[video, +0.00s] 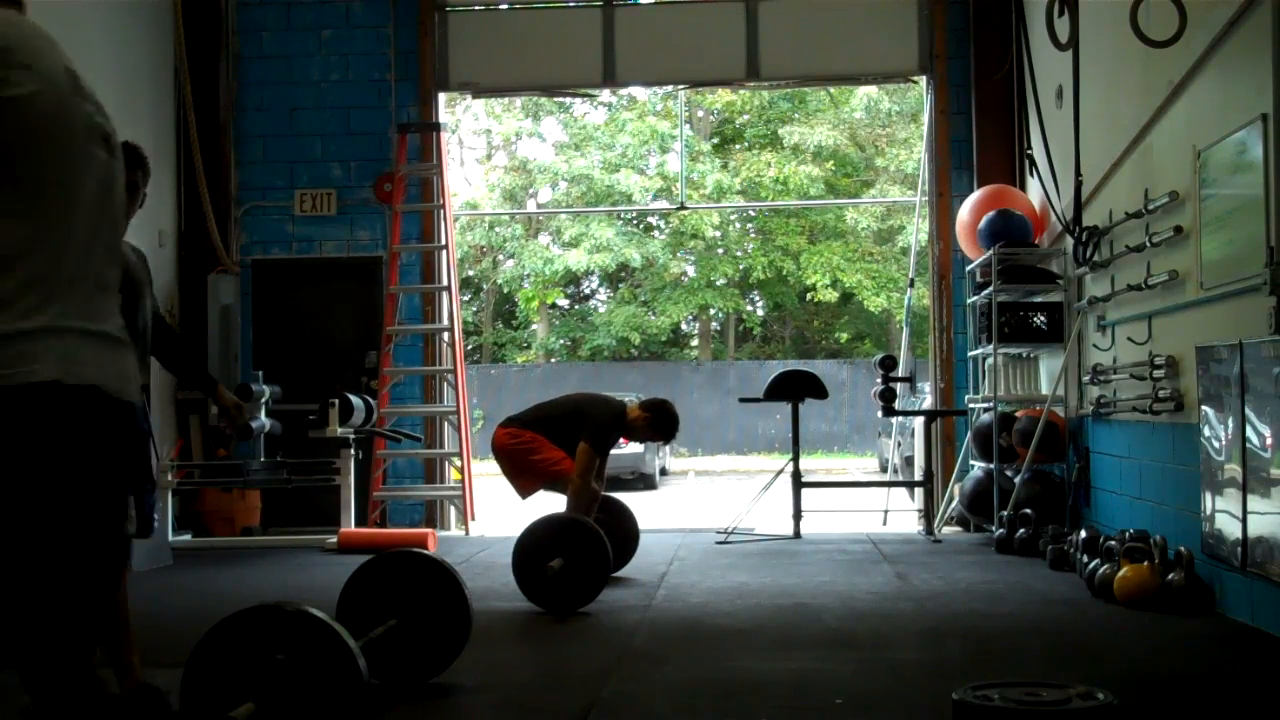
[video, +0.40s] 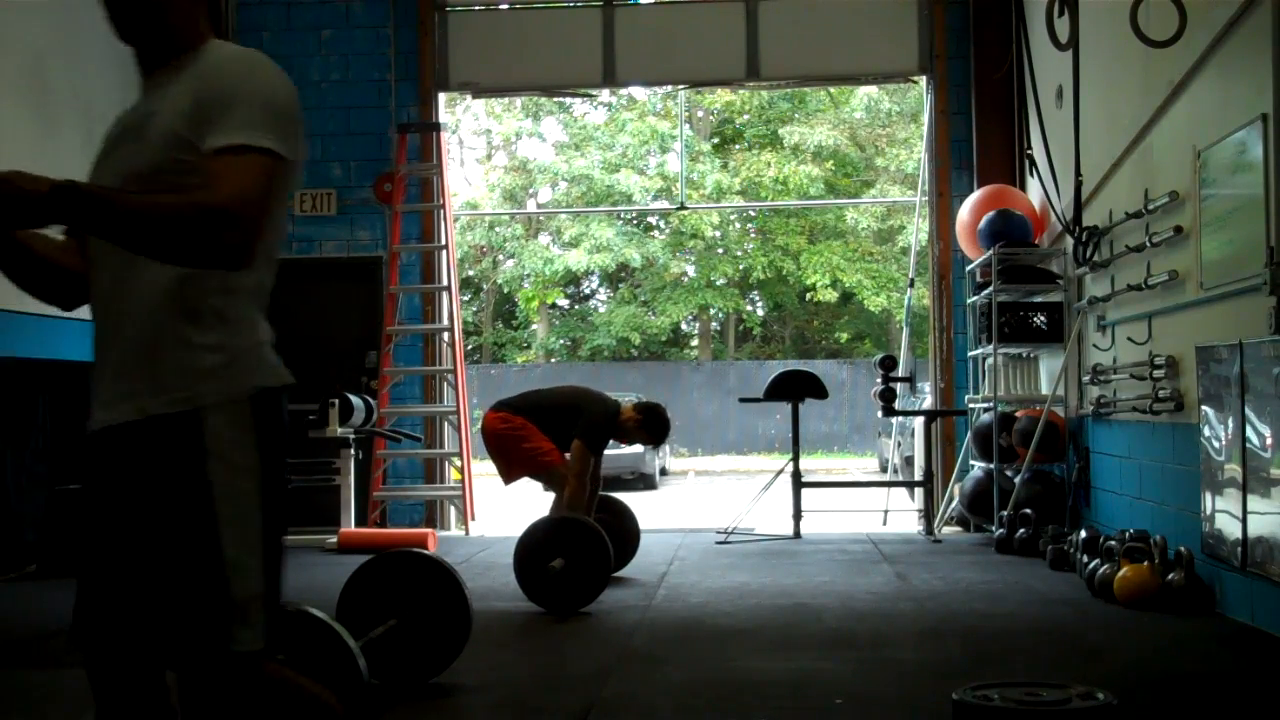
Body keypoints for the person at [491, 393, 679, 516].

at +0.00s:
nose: (642, 441)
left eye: (648, 441)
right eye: (648, 437)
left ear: (643, 414)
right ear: (644, 418)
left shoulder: (614, 421)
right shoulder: (607, 416)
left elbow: (596, 478)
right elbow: (580, 479)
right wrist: (570, 537)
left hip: (525, 437)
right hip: (515, 437)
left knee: (592, 489)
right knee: (583, 488)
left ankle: (580, 552)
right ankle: (569, 552)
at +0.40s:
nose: (629, 444)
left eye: (636, 443)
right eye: (635, 438)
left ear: (634, 415)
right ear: (634, 418)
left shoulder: (605, 419)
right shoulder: (599, 413)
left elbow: (592, 479)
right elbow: (578, 478)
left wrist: (584, 528)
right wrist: (572, 535)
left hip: (513, 423)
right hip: (505, 422)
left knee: (575, 483)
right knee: (569, 482)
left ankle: (555, 547)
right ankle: (557, 548)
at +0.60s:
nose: (629, 437)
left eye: (636, 438)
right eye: (635, 429)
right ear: (633, 408)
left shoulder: (605, 417)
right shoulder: (598, 412)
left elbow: (594, 477)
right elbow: (581, 478)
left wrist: (586, 526)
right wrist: (573, 530)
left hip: (512, 404)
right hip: (506, 404)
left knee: (553, 483)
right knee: (553, 482)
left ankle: (545, 551)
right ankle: (545, 551)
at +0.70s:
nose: (631, 432)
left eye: (638, 434)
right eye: (636, 425)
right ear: (634, 405)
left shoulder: (607, 416)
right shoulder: (599, 411)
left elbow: (596, 476)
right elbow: (583, 477)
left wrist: (588, 524)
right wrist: (575, 527)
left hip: (517, 402)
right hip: (508, 401)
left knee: (549, 482)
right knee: (548, 482)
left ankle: (544, 551)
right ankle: (542, 552)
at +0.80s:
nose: (632, 430)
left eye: (639, 432)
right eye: (637, 422)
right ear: (636, 403)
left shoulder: (609, 413)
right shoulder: (601, 407)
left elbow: (596, 476)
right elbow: (583, 475)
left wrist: (589, 524)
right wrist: (577, 526)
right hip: (518, 401)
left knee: (546, 481)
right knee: (544, 482)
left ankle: (545, 549)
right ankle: (542, 550)